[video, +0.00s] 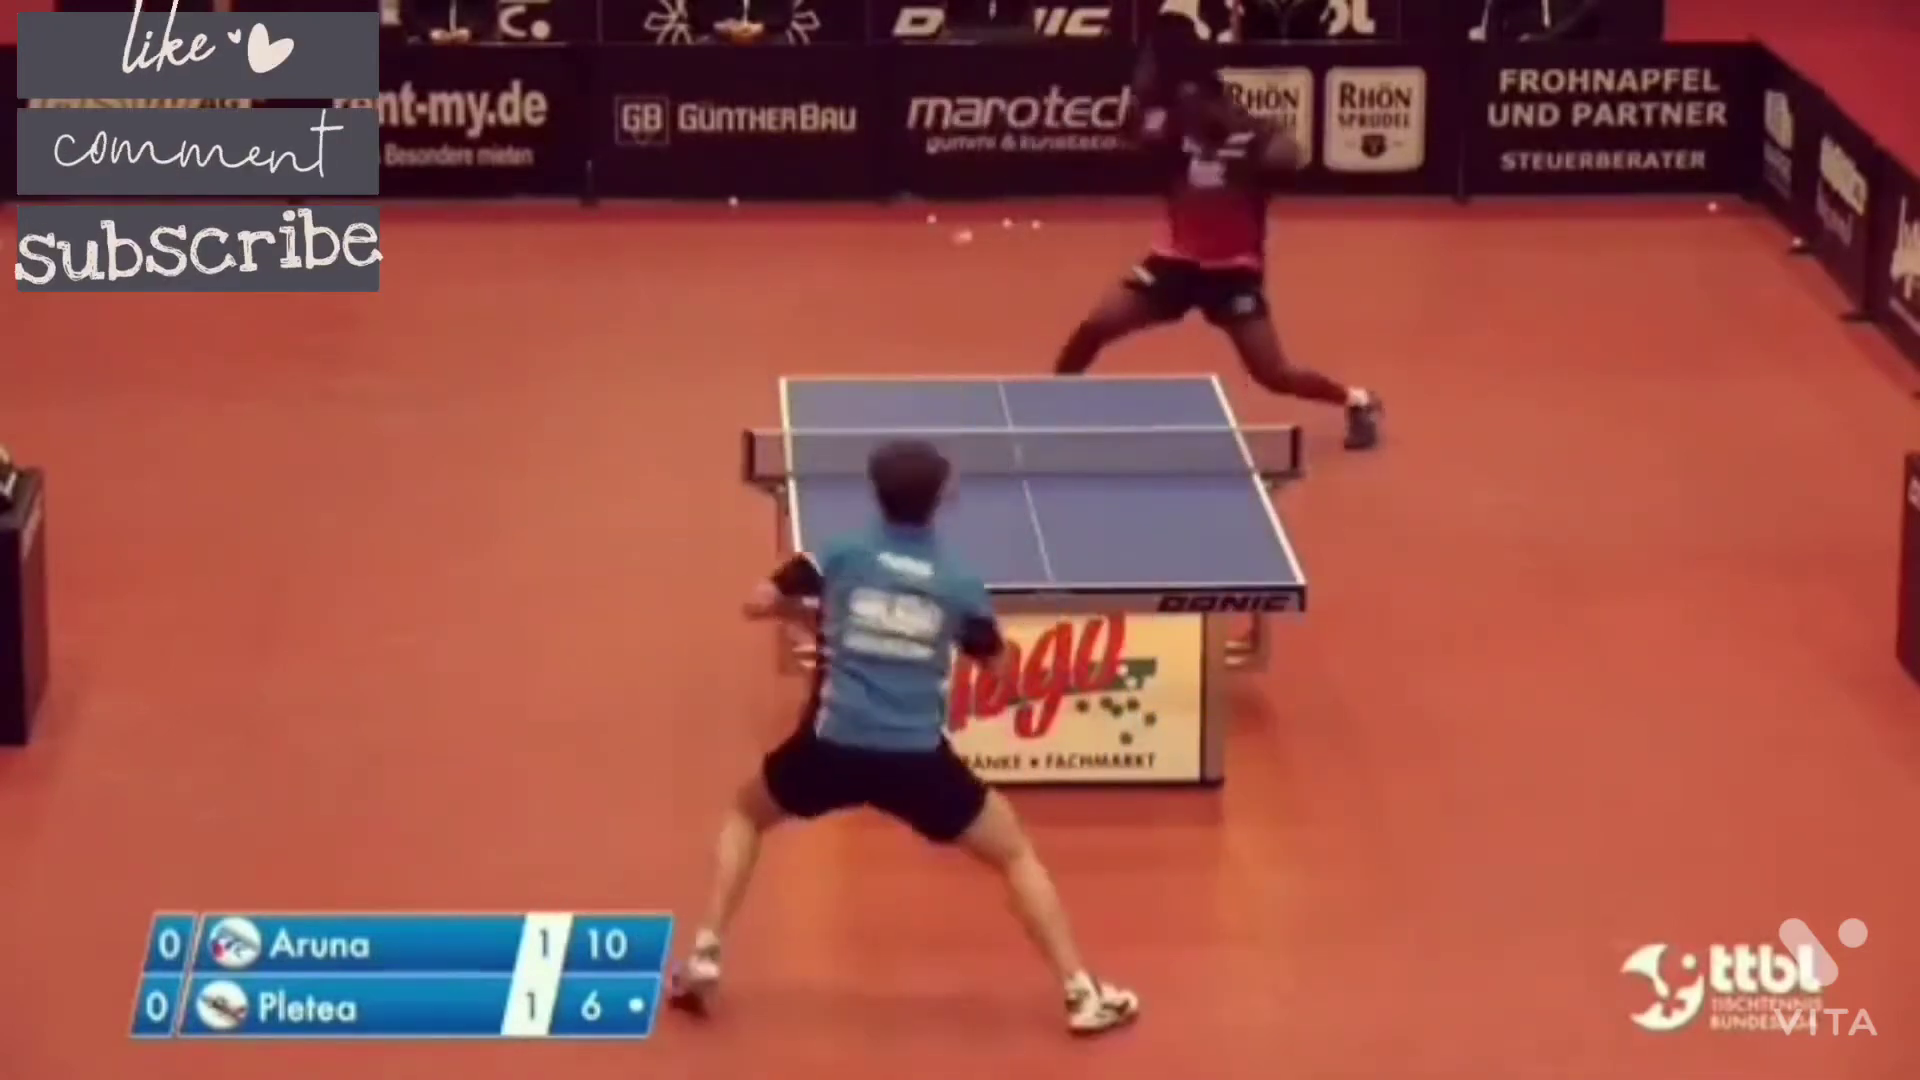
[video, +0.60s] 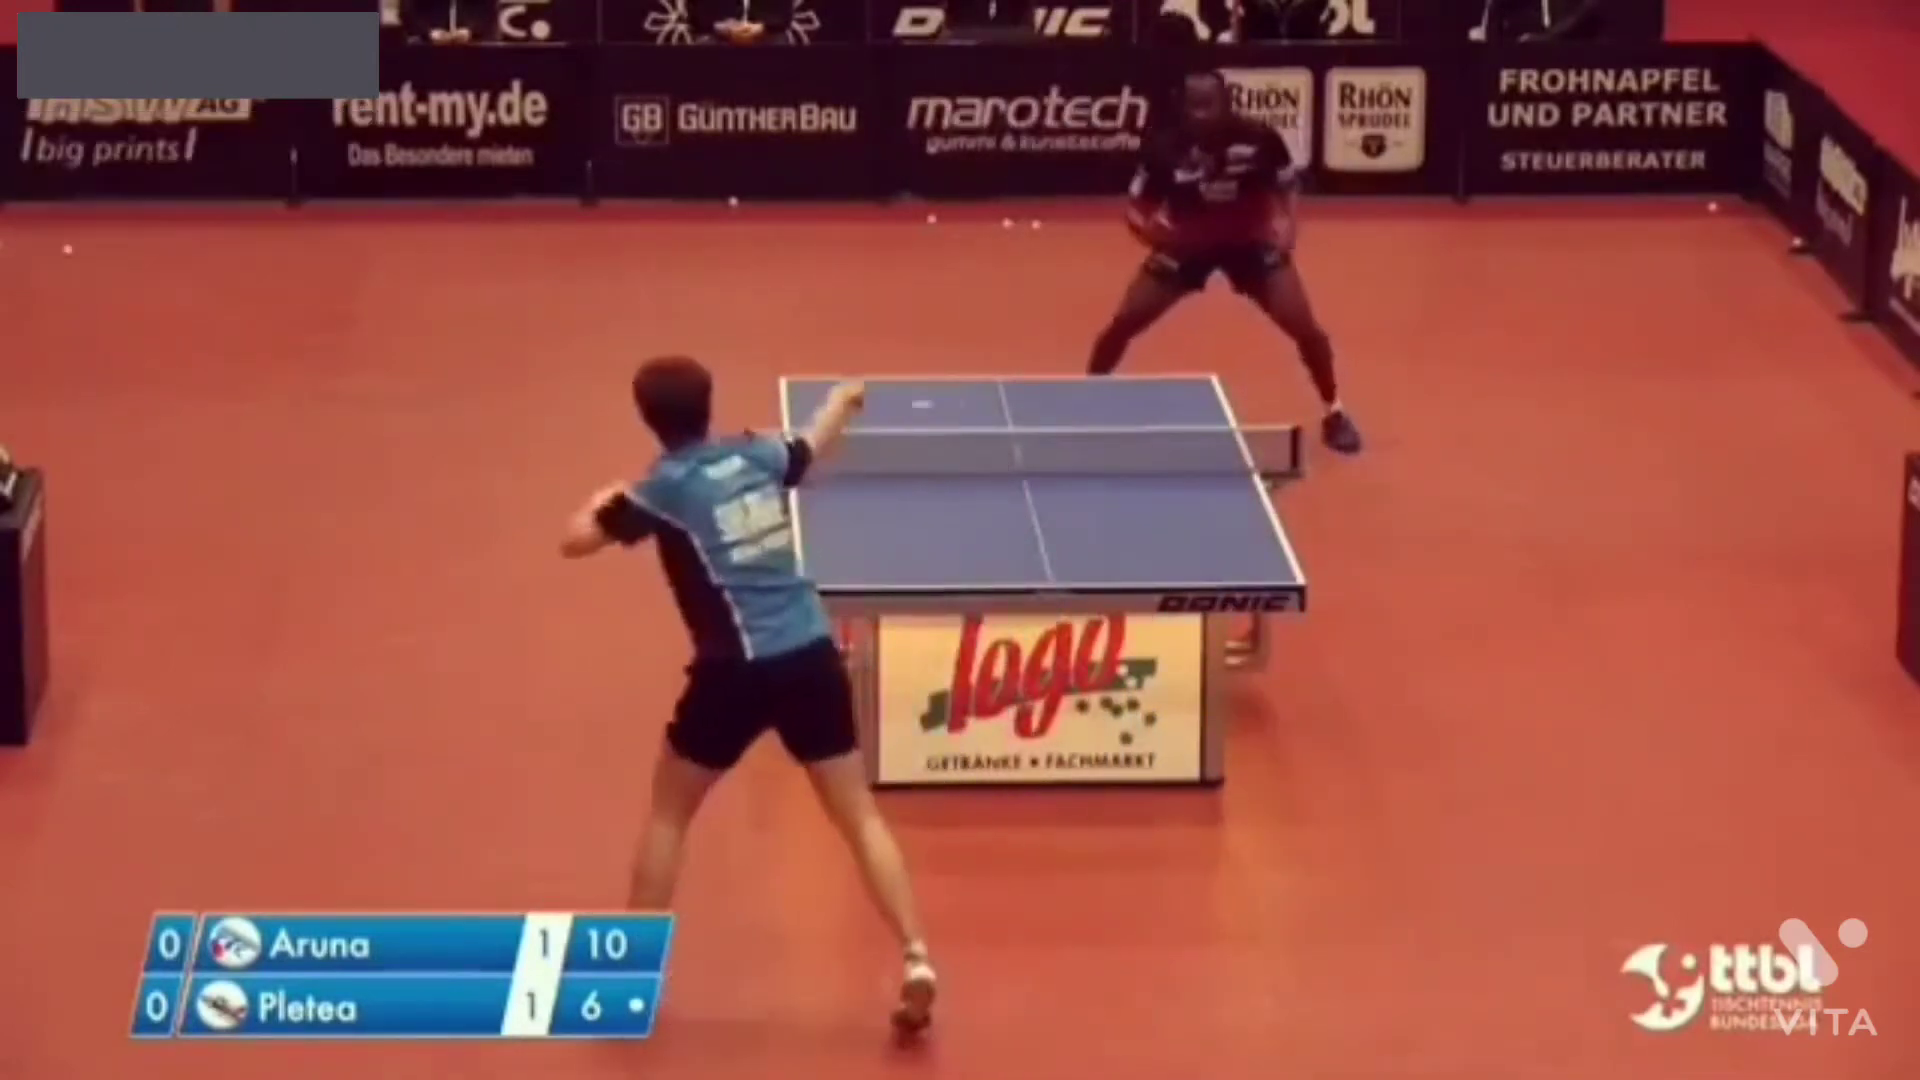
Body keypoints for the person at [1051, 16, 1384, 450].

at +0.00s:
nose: (1186, 113)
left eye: (1191, 103)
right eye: (1182, 105)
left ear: (1213, 100)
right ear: (1179, 106)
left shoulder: (1254, 143)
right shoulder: (1177, 139)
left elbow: (1291, 159)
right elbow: (1131, 138)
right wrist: (1141, 90)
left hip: (1233, 276)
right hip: (1175, 269)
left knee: (1273, 376)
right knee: (1093, 327)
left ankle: (1356, 401)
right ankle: (1051, 403)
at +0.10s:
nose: (1219, 98)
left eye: (1229, 90)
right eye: (1215, 89)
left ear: (1252, 96)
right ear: (1206, 92)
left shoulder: (1277, 137)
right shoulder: (1189, 119)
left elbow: (1339, 152)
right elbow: (1149, 71)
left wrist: (1332, 93)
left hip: (1233, 262)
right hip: (1169, 252)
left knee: (1276, 359)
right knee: (1098, 325)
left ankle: (1350, 404)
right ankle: (1053, 404)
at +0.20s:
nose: (1243, 87)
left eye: (1253, 80)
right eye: (1238, 78)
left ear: (1274, 84)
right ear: (1228, 77)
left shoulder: (1292, 133)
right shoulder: (1206, 105)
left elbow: (1307, 183)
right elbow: (1154, 80)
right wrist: (1167, 23)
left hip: (1244, 248)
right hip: (1180, 239)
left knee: (1286, 343)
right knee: (1110, 318)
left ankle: (1341, 410)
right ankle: (1088, 400)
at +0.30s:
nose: (1239, 90)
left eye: (1248, 82)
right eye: (1236, 80)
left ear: (1270, 84)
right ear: (1228, 79)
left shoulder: (1296, 133)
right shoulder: (1205, 110)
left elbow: (1306, 197)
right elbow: (1146, 111)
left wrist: (1318, 212)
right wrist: (1154, 50)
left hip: (1256, 251)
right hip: (1190, 245)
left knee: (1307, 340)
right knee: (1124, 324)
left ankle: (1349, 411)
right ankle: (1096, 405)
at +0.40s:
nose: (1230, 79)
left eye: (1237, 70)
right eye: (1223, 71)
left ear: (1250, 71)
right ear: (1211, 73)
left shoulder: (1280, 117)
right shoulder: (1192, 112)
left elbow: (1298, 178)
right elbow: (1143, 145)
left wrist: (1285, 223)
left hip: (1260, 242)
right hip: (1194, 238)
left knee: (1310, 333)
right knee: (1128, 317)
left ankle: (1349, 409)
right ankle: (1096, 399)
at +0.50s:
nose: (1213, 84)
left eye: (1221, 74)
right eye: (1205, 75)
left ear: (1237, 73)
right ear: (1194, 76)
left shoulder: (1272, 116)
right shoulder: (1176, 119)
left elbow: (1294, 173)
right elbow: (1141, 179)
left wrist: (1281, 219)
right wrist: (1126, 166)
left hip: (1256, 235)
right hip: (1188, 234)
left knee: (1305, 324)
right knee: (1129, 314)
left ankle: (1343, 405)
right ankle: (1093, 394)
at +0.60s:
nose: (1201, 114)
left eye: (1209, 104)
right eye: (1193, 105)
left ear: (1226, 103)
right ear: (1182, 107)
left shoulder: (1259, 139)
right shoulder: (1164, 147)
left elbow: (1287, 187)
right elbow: (1136, 212)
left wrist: (1286, 229)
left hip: (1250, 246)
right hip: (1187, 246)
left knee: (1307, 332)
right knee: (1123, 325)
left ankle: (1333, 412)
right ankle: (1088, 402)